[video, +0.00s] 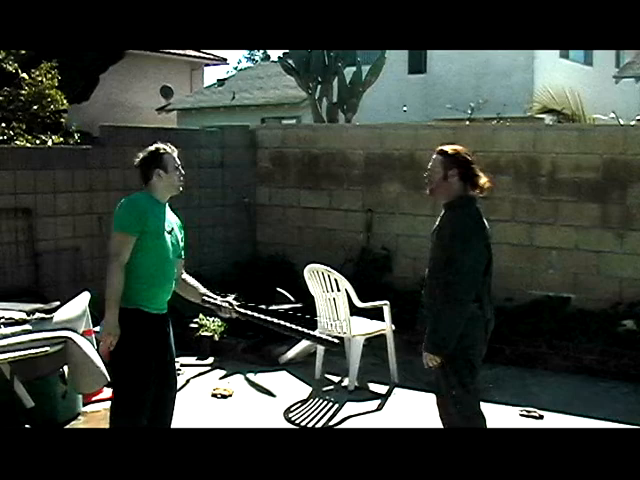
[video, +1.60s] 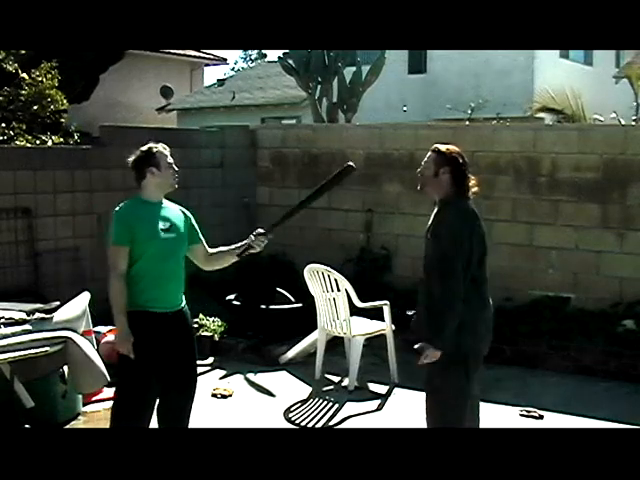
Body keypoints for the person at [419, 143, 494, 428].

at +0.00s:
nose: (427, 178)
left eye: (432, 173)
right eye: (428, 172)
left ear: (453, 177)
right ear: (450, 178)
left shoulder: (462, 222)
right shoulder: (456, 216)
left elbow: (456, 291)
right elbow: (450, 287)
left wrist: (435, 344)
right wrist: (435, 339)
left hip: (460, 335)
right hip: (456, 332)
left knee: (460, 412)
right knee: (455, 410)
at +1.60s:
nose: (419, 174)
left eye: (425, 169)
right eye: (421, 168)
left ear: (444, 176)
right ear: (444, 177)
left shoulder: (453, 219)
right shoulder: (452, 213)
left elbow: (451, 285)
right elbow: (447, 281)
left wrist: (437, 342)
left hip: (459, 332)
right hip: (459, 329)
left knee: (447, 411)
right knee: (457, 409)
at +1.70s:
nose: (420, 179)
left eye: (426, 173)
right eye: (421, 172)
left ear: (446, 176)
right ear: (444, 176)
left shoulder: (455, 216)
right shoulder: (451, 211)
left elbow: (442, 278)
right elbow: (446, 269)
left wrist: (408, 318)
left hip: (458, 323)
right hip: (455, 318)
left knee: (446, 399)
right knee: (451, 396)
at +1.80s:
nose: (422, 179)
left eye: (428, 173)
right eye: (424, 173)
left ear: (447, 177)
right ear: (447, 178)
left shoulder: (457, 215)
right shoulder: (454, 211)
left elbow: (434, 262)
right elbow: (439, 251)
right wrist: (409, 248)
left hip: (455, 327)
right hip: (455, 323)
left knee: (444, 402)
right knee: (455, 398)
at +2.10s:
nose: (425, 178)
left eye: (431, 172)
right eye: (427, 171)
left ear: (450, 176)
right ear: (449, 177)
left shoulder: (459, 215)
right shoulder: (457, 211)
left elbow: (443, 274)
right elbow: (440, 269)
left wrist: (394, 298)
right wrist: (409, 279)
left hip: (460, 327)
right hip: (458, 323)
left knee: (449, 402)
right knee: (457, 399)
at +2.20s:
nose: (424, 178)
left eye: (430, 172)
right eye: (425, 171)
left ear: (449, 177)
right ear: (448, 177)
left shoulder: (458, 218)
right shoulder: (456, 213)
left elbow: (451, 284)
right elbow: (447, 281)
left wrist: (431, 337)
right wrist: (431, 330)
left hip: (460, 336)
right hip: (458, 333)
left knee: (452, 415)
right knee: (456, 413)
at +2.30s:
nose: (422, 181)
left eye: (427, 174)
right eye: (423, 174)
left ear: (447, 177)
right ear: (445, 178)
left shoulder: (466, 221)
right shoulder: (448, 215)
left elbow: (478, 287)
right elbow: (453, 281)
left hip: (460, 338)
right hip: (446, 334)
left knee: (455, 413)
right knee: (448, 410)